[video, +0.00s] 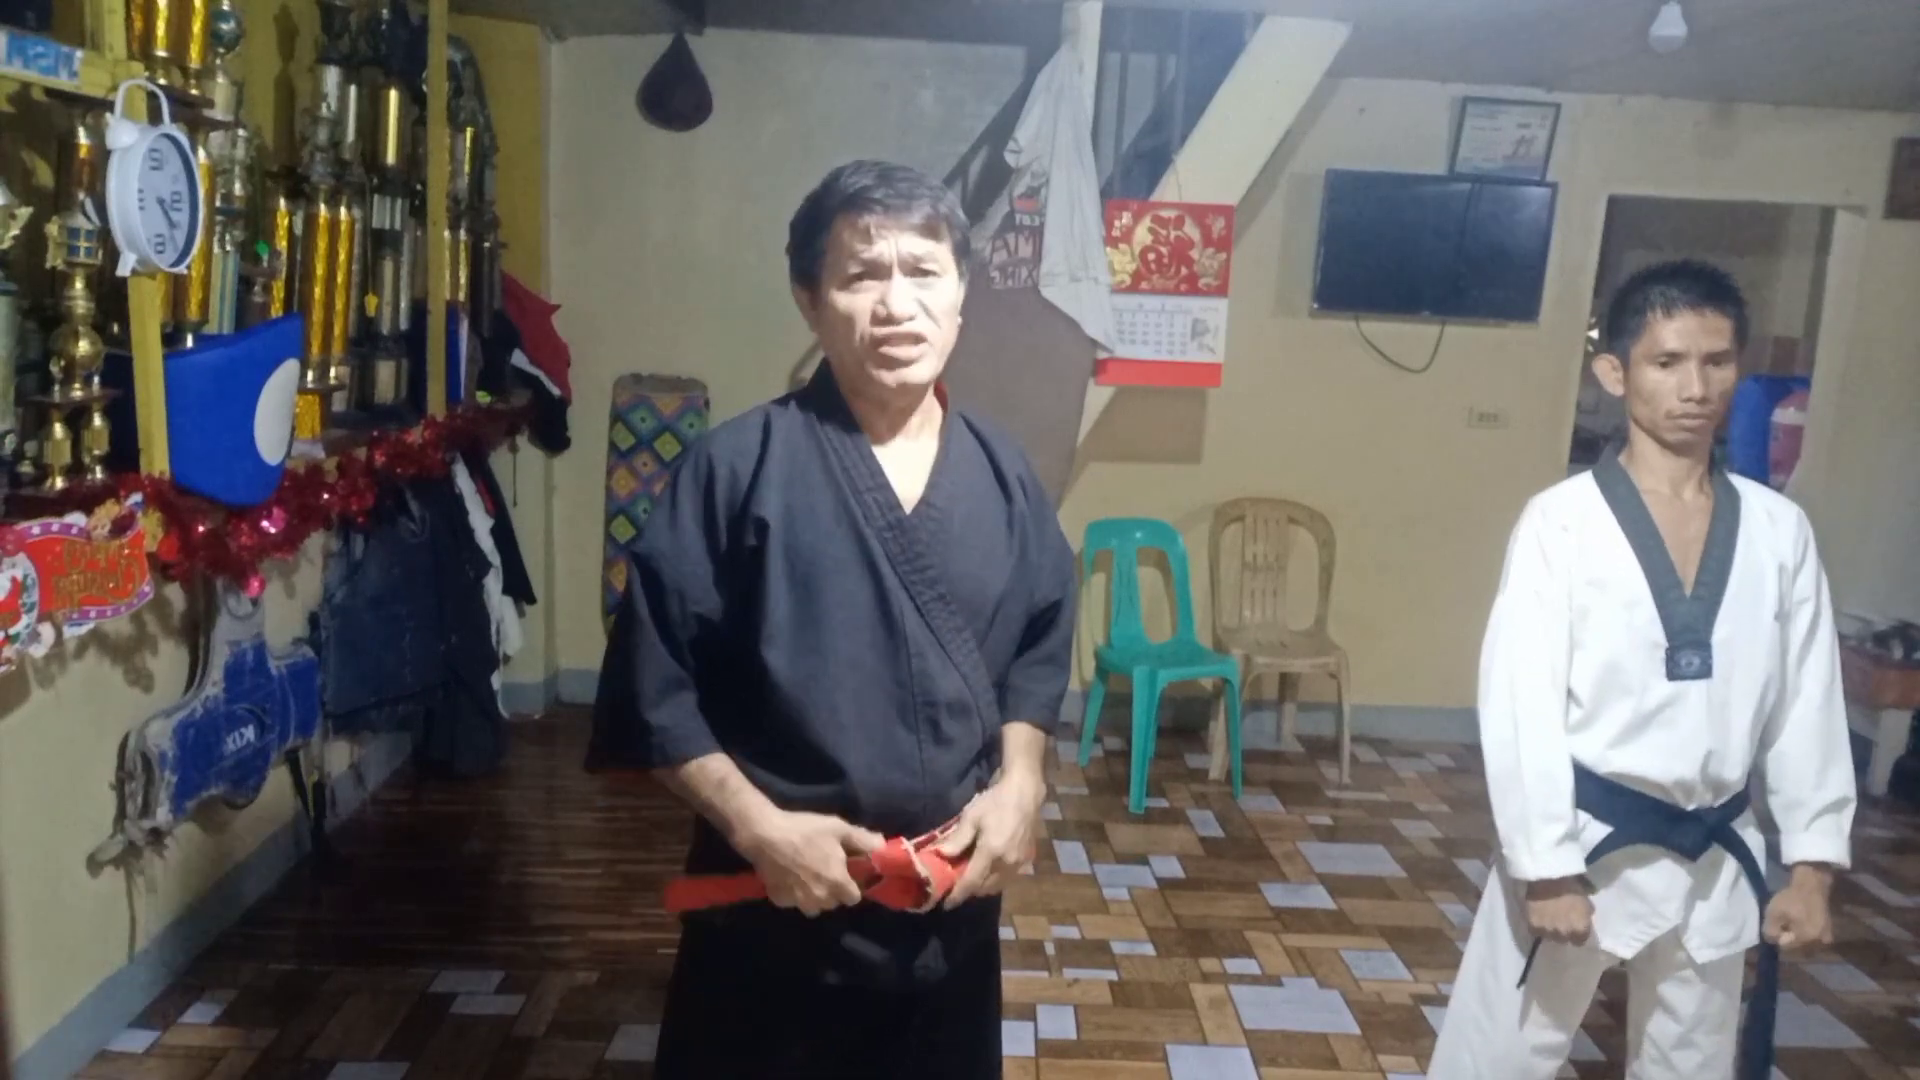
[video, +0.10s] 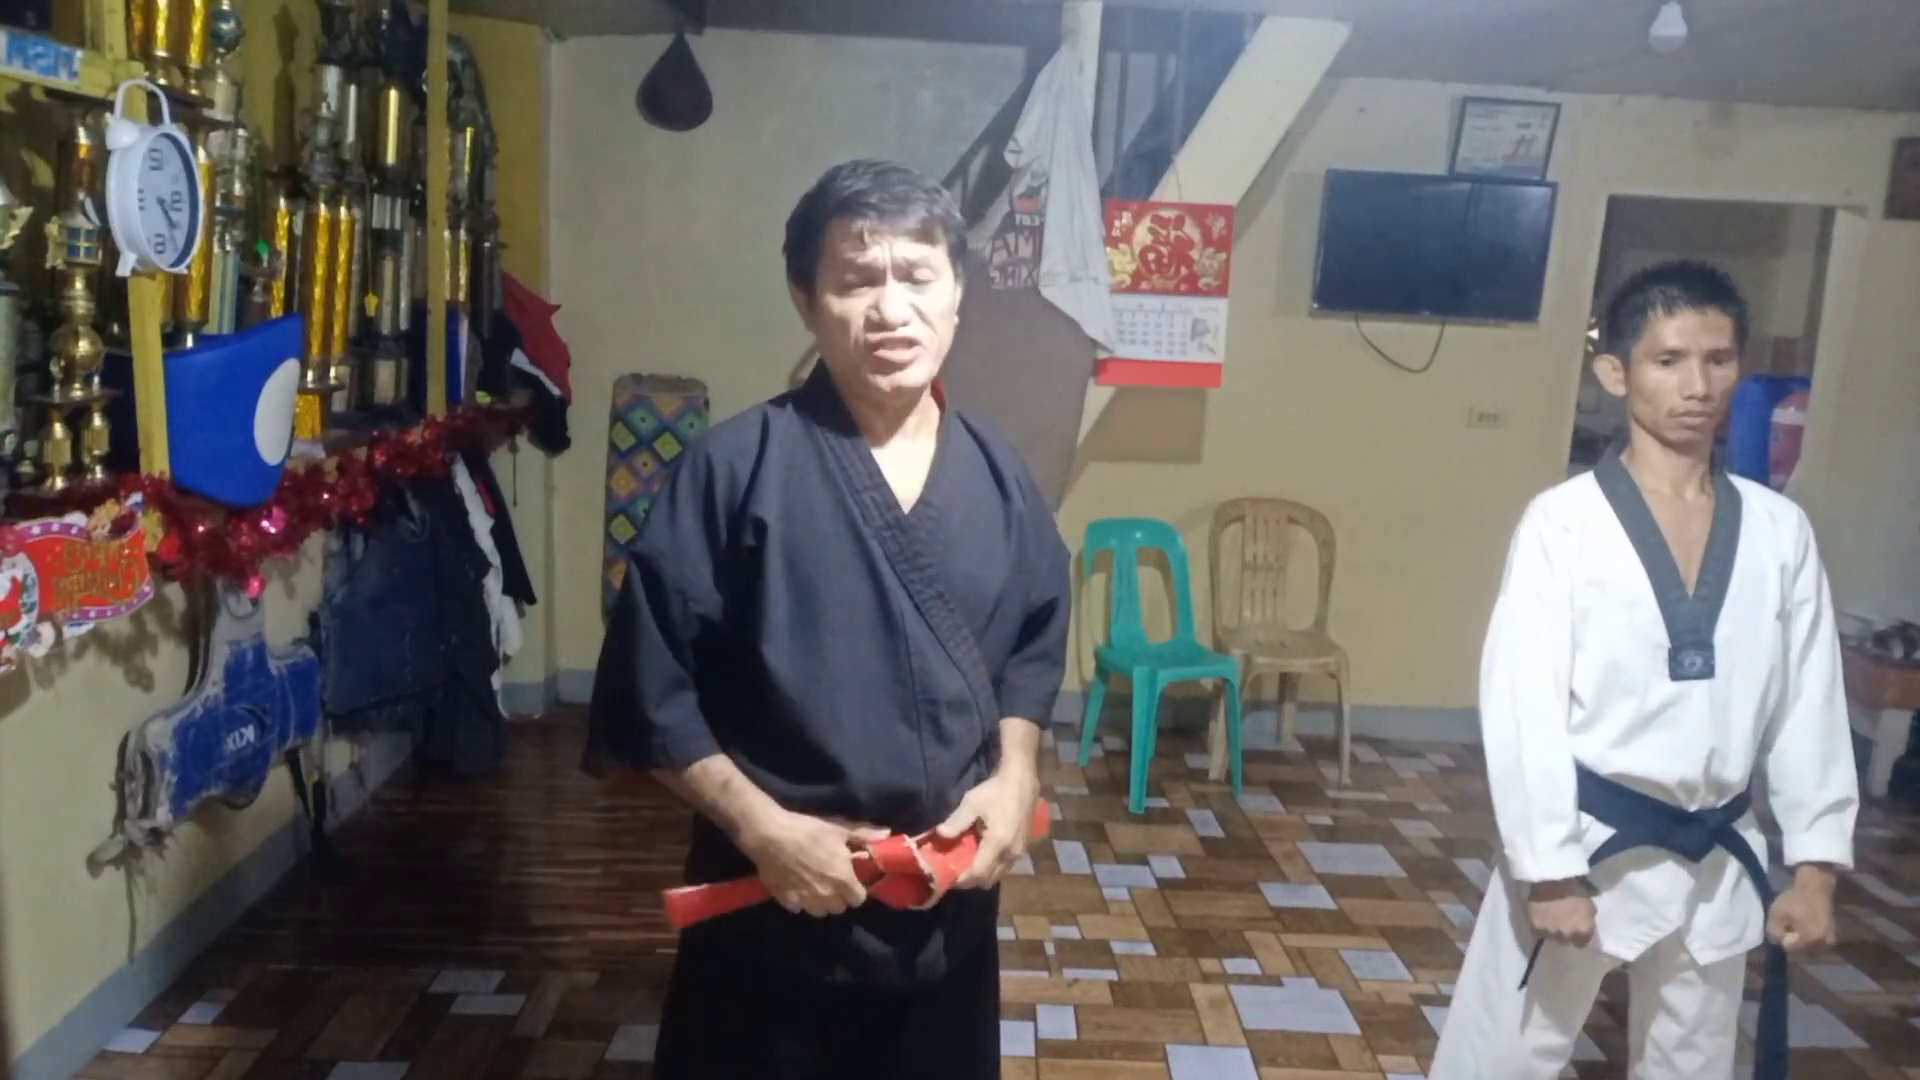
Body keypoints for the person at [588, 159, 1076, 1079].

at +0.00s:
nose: (899, 303)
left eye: (924, 273)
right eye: (864, 276)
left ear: (962, 293)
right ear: (811, 303)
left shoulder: (1004, 474)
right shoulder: (732, 469)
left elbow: (1039, 644)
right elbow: (648, 682)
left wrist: (1020, 785)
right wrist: (759, 826)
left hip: (951, 926)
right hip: (771, 926)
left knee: (951, 1071)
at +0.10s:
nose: (892, 308)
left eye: (917, 277)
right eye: (859, 281)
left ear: (958, 294)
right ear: (807, 303)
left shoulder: (997, 472)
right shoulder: (732, 469)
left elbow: (1032, 640)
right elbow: (644, 688)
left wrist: (1015, 777)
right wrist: (762, 827)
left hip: (949, 918)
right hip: (770, 921)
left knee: (947, 1070)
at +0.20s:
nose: (889, 308)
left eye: (917, 277)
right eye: (856, 280)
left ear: (957, 294)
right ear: (806, 302)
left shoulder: (997, 471)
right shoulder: (730, 468)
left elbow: (1032, 642)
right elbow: (646, 690)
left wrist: (1013, 783)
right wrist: (768, 830)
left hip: (947, 920)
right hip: (768, 923)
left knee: (945, 1070)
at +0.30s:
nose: (887, 308)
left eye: (913, 276)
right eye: (853, 280)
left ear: (954, 292)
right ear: (803, 304)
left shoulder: (998, 471)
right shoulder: (732, 464)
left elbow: (1031, 647)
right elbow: (653, 687)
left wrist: (1010, 799)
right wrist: (781, 831)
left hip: (949, 928)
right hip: (768, 927)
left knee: (947, 1070)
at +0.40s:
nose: (884, 304)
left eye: (910, 273)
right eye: (851, 277)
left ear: (952, 292)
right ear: (803, 306)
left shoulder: (1000, 471)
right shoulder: (736, 461)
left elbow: (1033, 652)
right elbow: (659, 687)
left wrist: (1012, 802)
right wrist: (793, 836)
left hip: (951, 927)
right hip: (770, 925)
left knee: (947, 1071)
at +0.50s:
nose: (887, 302)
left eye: (912, 271)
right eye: (853, 277)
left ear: (953, 291)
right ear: (805, 309)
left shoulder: (1000, 470)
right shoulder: (740, 464)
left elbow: (1032, 658)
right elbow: (668, 693)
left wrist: (1014, 814)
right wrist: (802, 840)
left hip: (953, 931)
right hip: (776, 931)